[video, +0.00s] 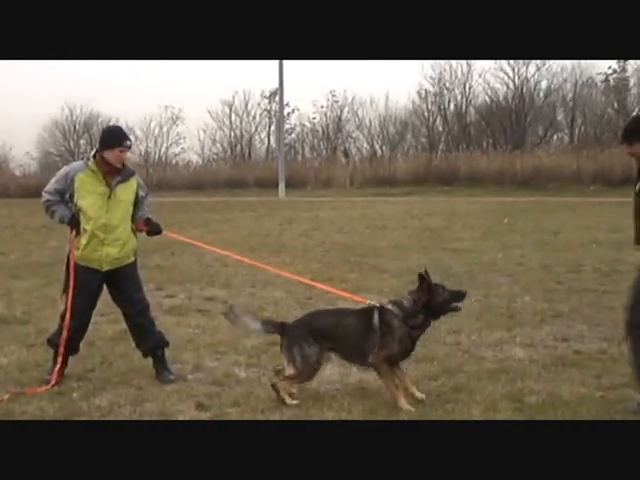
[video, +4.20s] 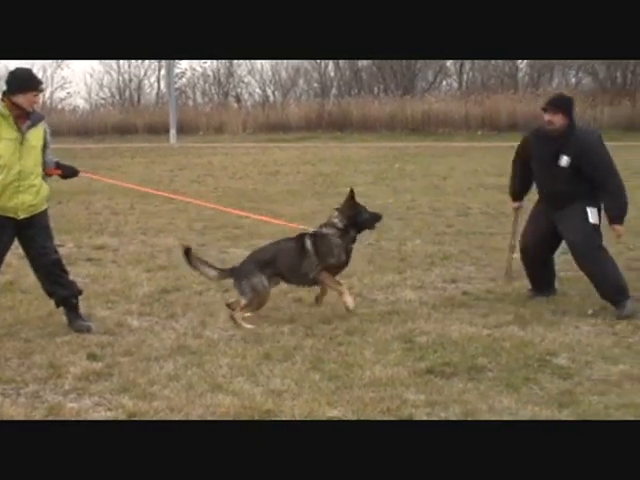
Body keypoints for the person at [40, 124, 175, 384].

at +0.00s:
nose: (125, 155)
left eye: (126, 150)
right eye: (120, 150)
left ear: (124, 151)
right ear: (104, 150)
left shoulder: (132, 179)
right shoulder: (75, 173)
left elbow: (140, 208)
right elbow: (50, 198)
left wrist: (144, 223)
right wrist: (69, 217)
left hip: (122, 259)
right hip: (86, 260)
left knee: (139, 311)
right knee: (76, 317)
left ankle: (160, 363)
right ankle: (58, 364)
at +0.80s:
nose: (103, 127)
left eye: (105, 122)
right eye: (99, 121)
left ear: (104, 123)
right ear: (82, 121)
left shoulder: (111, 151)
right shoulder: (52, 146)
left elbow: (121, 183)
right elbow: (29, 169)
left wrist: (130, 193)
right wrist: (45, 189)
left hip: (101, 233)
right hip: (63, 234)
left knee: (118, 286)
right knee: (52, 291)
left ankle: (139, 339)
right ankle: (35, 340)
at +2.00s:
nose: (66, 118)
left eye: (68, 113)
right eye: (61, 113)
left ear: (70, 115)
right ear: (44, 114)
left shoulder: (77, 147)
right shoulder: (15, 140)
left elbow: (87, 176)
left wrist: (91, 189)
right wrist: (12, 187)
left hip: (68, 229)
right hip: (29, 229)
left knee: (83, 282)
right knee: (21, 285)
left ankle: (106, 336)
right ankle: (5, 342)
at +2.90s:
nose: (70, 109)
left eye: (73, 104)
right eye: (64, 104)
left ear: (75, 107)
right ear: (49, 105)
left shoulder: (84, 137)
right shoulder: (23, 134)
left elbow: (100, 166)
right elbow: (5, 163)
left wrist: (107, 180)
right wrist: (20, 181)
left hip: (79, 220)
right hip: (39, 222)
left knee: (94, 275)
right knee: (33, 278)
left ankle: (112, 332)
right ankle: (41, 321)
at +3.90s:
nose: (73, 95)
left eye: (73, 91)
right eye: (68, 90)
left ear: (68, 93)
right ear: (51, 91)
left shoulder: (76, 124)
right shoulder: (17, 116)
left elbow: (85, 159)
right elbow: (1, 146)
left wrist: (101, 165)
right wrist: (13, 164)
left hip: (69, 205)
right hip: (31, 206)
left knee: (84, 258)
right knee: (17, 263)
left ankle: (104, 310)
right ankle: (3, 313)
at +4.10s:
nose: (45, 98)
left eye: (46, 93)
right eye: (40, 93)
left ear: (42, 94)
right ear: (22, 94)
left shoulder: (47, 126)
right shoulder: (3, 123)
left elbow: (52, 162)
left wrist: (69, 168)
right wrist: (2, 178)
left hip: (40, 207)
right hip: (7, 210)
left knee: (56, 260)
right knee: (0, 264)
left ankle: (79, 311)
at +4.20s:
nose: (37, 98)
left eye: (38, 93)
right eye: (32, 93)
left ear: (36, 95)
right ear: (14, 94)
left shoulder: (38, 125)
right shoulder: (3, 121)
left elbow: (43, 161)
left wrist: (58, 168)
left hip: (33, 207)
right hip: (5, 210)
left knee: (48, 260)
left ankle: (72, 311)